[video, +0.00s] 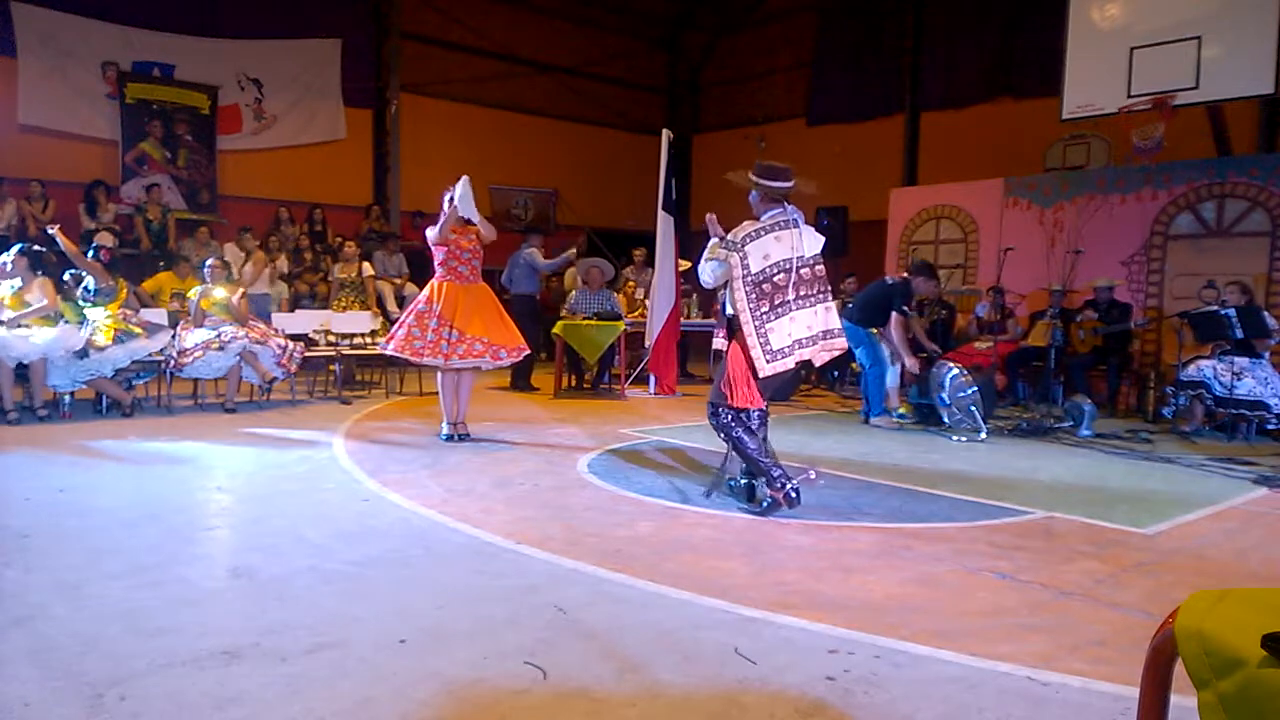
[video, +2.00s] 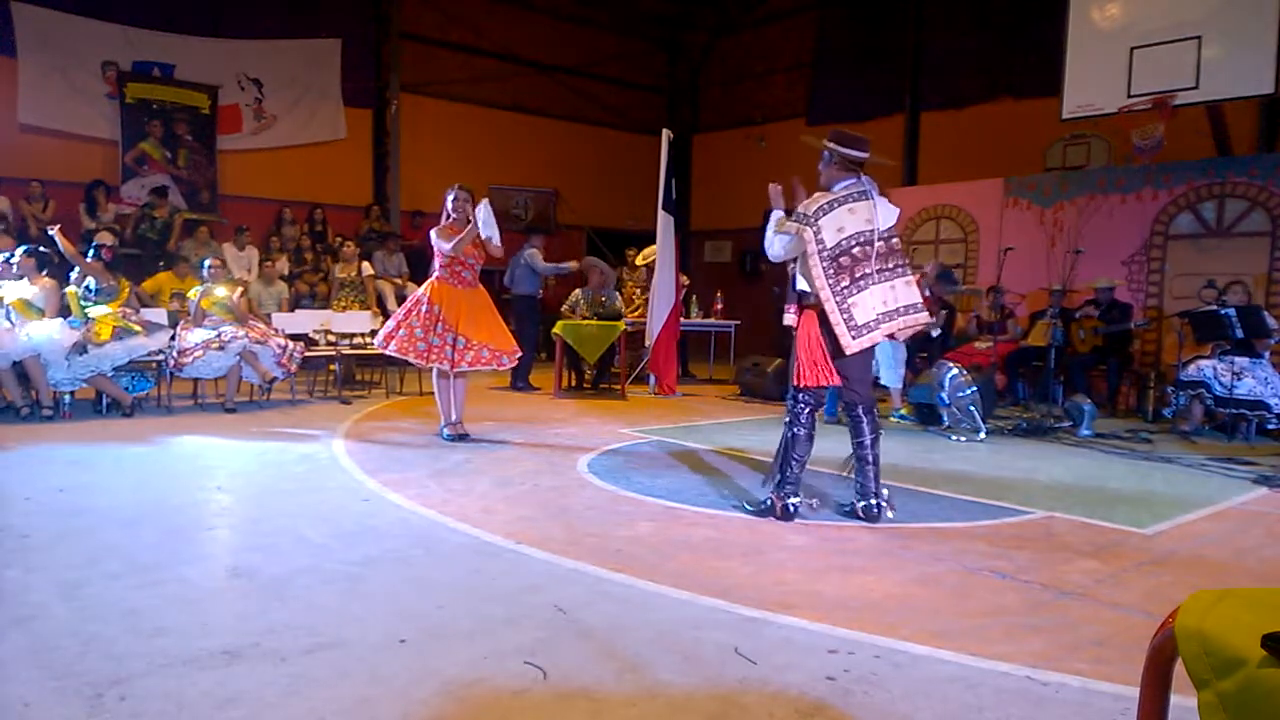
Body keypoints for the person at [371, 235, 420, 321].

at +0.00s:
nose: (395, 244)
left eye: (396, 241)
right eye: (392, 241)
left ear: (398, 243)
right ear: (386, 243)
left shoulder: (400, 255)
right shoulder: (378, 255)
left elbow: (405, 273)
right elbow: (379, 273)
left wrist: (402, 284)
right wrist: (393, 283)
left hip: (398, 278)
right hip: (384, 278)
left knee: (414, 292)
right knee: (387, 290)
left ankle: (406, 315)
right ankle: (395, 315)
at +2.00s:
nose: (395, 244)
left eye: (396, 241)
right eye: (392, 241)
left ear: (398, 243)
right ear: (386, 243)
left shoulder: (400, 255)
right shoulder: (378, 255)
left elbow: (405, 271)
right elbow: (379, 273)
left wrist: (404, 280)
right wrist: (393, 281)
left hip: (397, 278)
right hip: (383, 278)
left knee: (413, 288)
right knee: (387, 289)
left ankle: (418, 311)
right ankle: (394, 313)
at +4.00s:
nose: (397, 245)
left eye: (398, 242)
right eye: (394, 242)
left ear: (400, 244)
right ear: (388, 243)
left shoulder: (400, 256)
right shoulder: (379, 254)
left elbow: (405, 271)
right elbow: (380, 273)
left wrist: (404, 282)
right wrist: (395, 283)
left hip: (398, 278)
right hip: (384, 278)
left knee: (413, 290)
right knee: (387, 291)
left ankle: (418, 316)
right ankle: (387, 318)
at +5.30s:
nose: (396, 246)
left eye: (398, 243)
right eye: (394, 243)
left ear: (400, 244)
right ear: (387, 244)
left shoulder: (400, 256)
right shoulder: (379, 255)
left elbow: (405, 272)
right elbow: (380, 274)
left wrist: (404, 282)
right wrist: (394, 283)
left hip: (398, 278)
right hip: (384, 278)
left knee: (413, 291)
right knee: (387, 292)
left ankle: (417, 316)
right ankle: (387, 317)